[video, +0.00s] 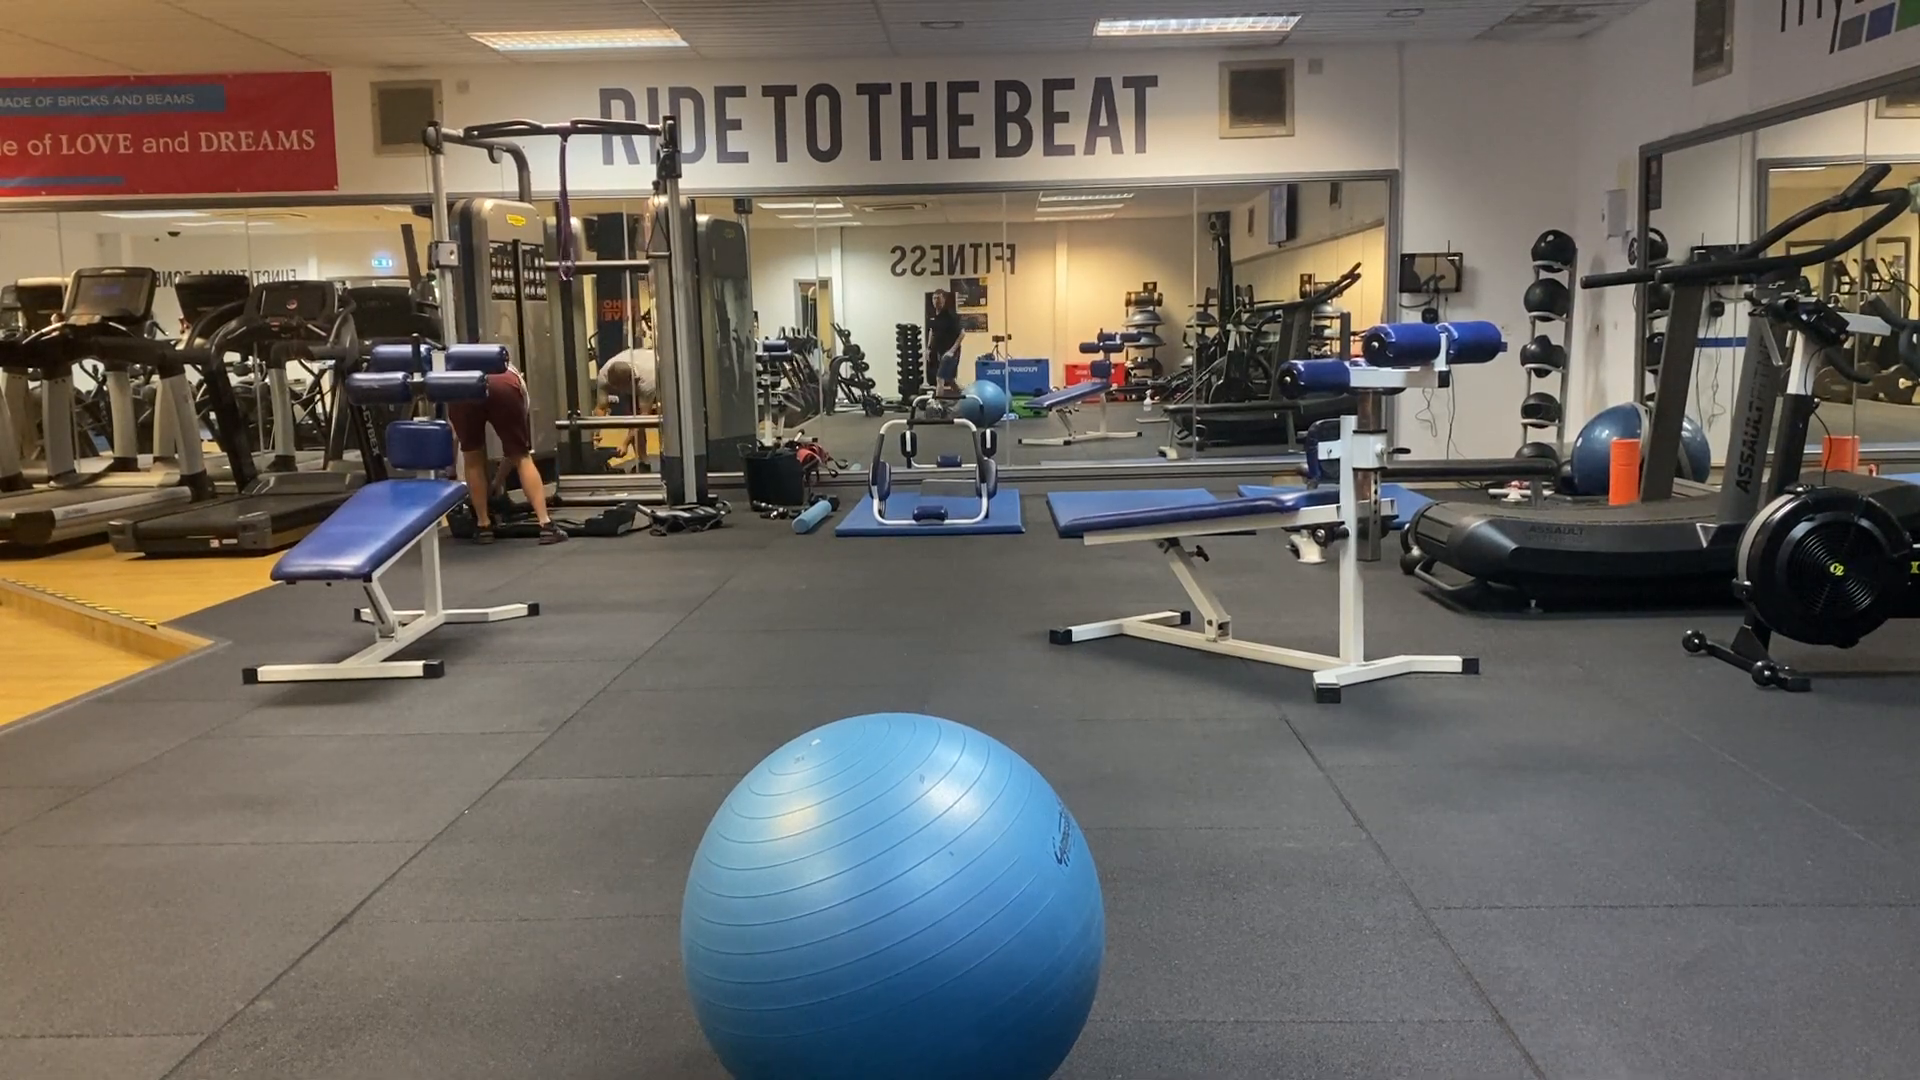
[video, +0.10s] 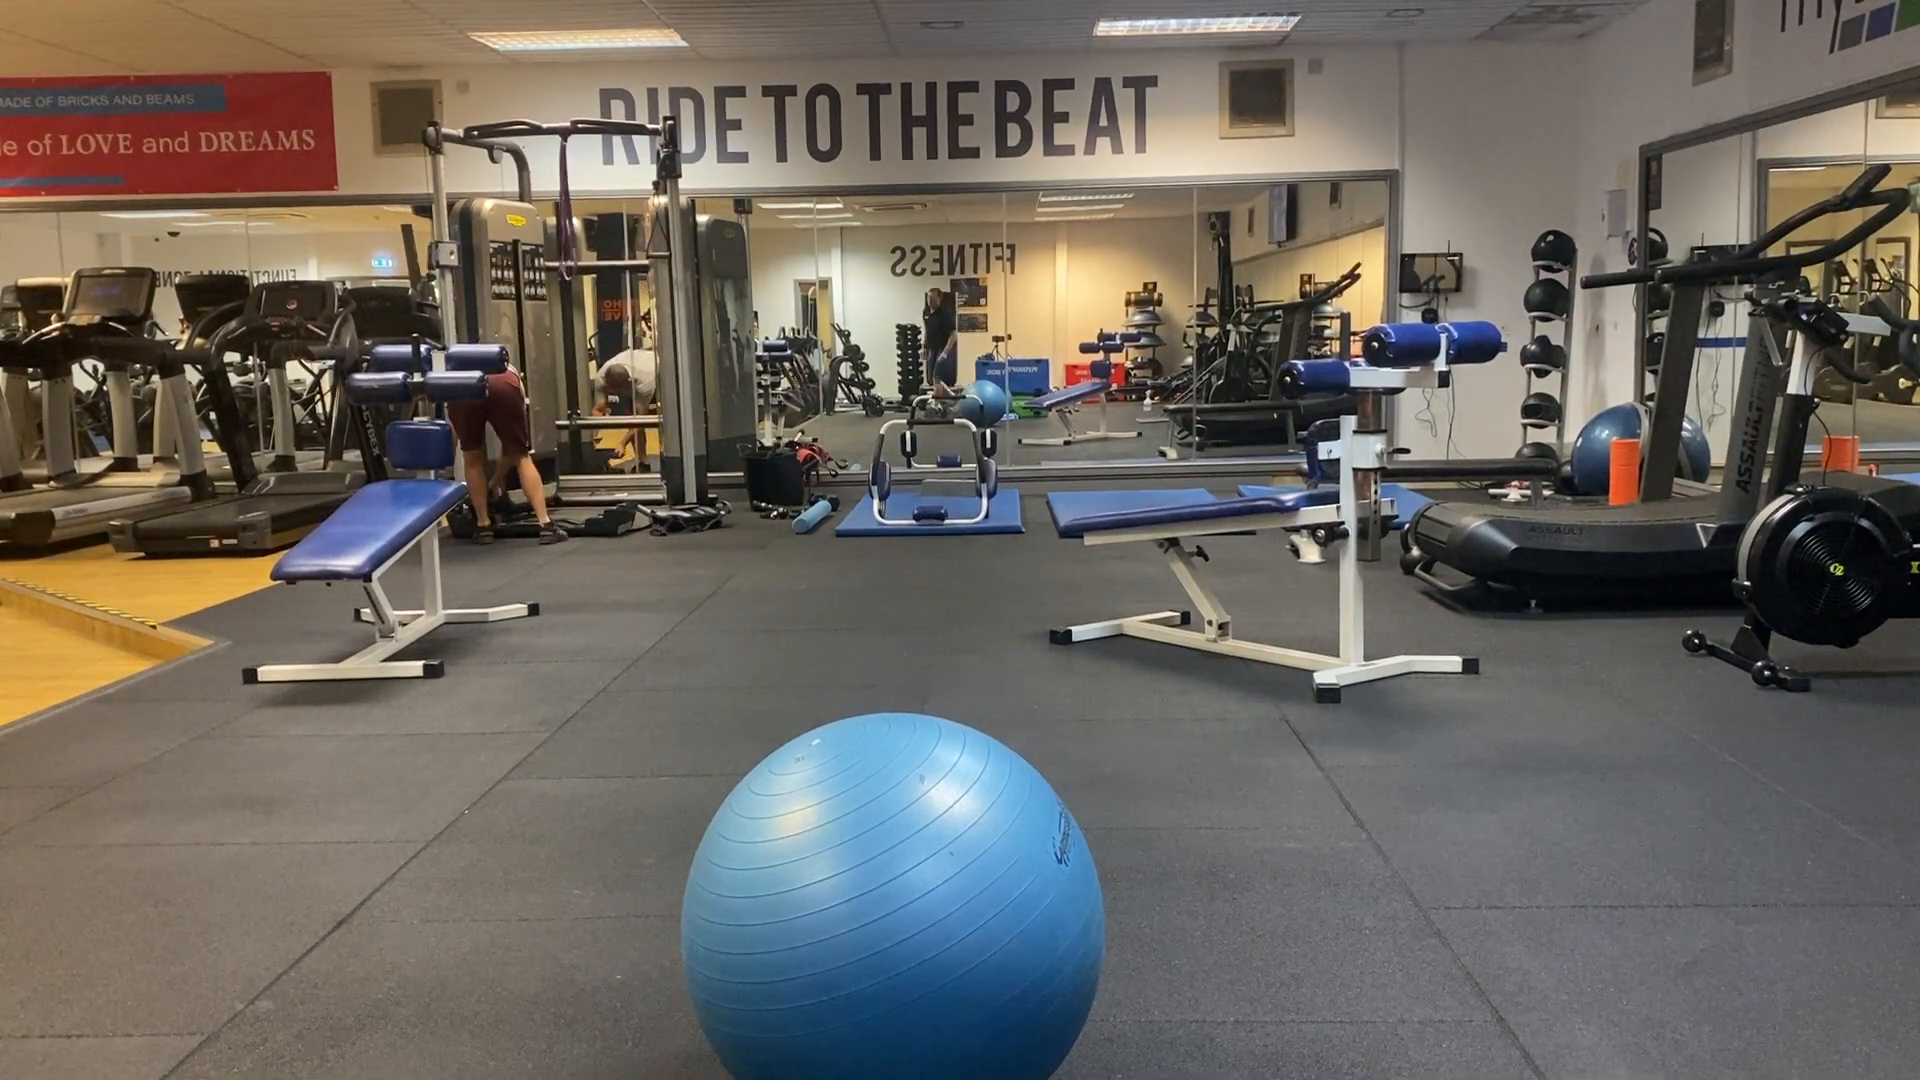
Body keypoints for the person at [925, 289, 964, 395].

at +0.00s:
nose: (937, 301)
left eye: (939, 298)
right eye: (934, 298)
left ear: (944, 300)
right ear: (932, 301)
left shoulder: (951, 315)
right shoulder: (934, 316)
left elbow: (962, 333)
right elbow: (932, 332)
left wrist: (952, 351)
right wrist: (928, 348)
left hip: (951, 351)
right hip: (939, 351)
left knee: (940, 377)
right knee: (950, 379)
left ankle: (937, 403)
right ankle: (963, 397)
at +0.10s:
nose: (930, 300)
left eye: (932, 298)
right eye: (928, 297)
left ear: (939, 298)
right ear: (927, 298)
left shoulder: (945, 313)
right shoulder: (926, 312)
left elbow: (954, 334)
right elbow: (926, 332)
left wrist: (945, 352)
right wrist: (924, 347)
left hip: (943, 348)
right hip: (931, 348)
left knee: (939, 377)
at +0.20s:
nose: (924, 296)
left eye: (927, 294)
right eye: (924, 294)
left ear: (934, 296)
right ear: (923, 295)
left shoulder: (941, 310)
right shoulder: (921, 309)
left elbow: (948, 331)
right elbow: (920, 328)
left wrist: (941, 351)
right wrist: (918, 344)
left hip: (937, 346)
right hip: (924, 345)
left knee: (936, 376)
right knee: (920, 376)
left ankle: (937, 401)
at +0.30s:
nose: (919, 296)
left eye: (922, 294)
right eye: (918, 294)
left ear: (930, 296)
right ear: (918, 295)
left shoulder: (937, 310)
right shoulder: (916, 309)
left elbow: (943, 331)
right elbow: (915, 328)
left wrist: (938, 349)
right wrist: (912, 345)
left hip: (933, 348)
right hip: (919, 347)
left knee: (934, 378)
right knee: (913, 376)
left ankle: (936, 403)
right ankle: (917, 402)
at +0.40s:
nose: (914, 297)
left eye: (917, 294)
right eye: (913, 294)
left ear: (925, 297)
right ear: (912, 296)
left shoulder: (932, 312)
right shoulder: (909, 311)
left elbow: (939, 334)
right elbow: (908, 330)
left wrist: (935, 351)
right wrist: (904, 347)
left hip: (928, 349)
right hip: (912, 349)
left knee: (933, 380)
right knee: (908, 378)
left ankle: (937, 406)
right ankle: (903, 406)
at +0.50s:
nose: (906, 297)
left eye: (909, 295)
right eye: (906, 295)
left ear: (917, 298)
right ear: (907, 297)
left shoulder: (927, 313)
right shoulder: (902, 312)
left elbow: (933, 335)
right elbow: (899, 332)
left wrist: (933, 353)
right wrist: (893, 349)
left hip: (922, 353)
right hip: (905, 353)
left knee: (929, 382)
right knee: (902, 380)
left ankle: (935, 406)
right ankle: (899, 408)